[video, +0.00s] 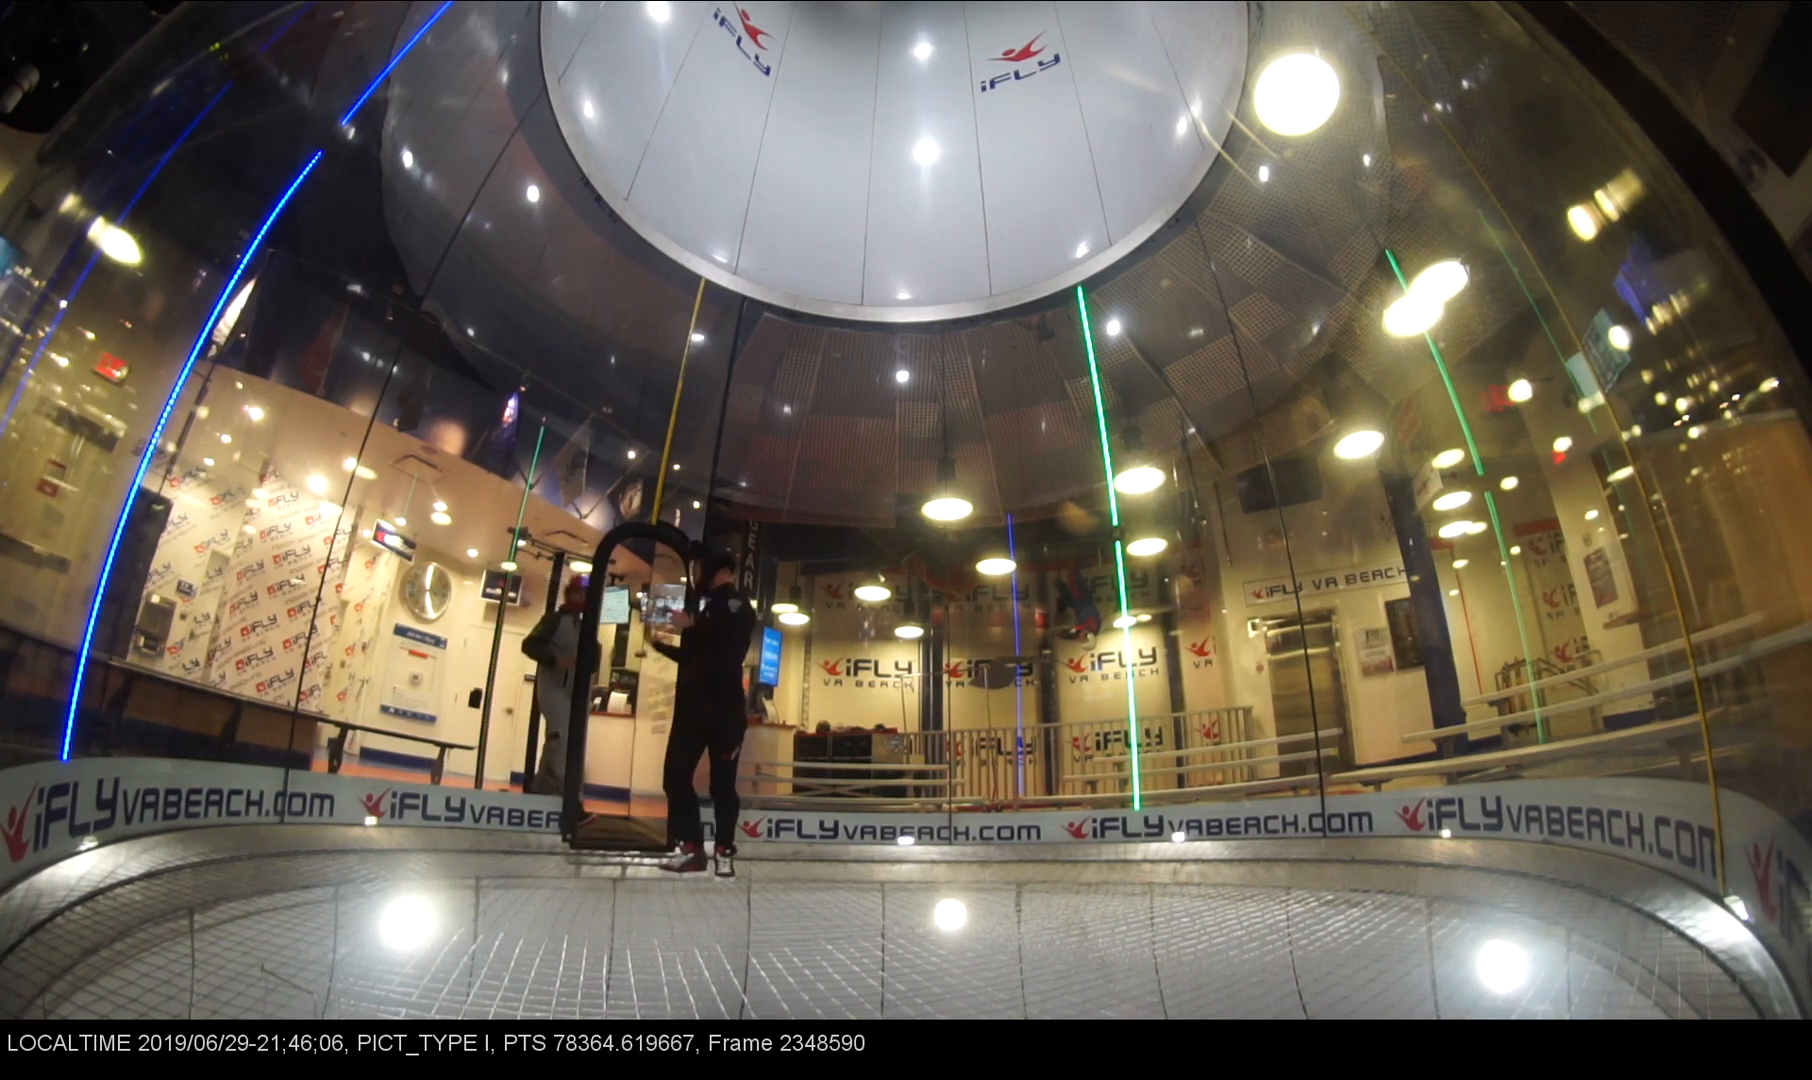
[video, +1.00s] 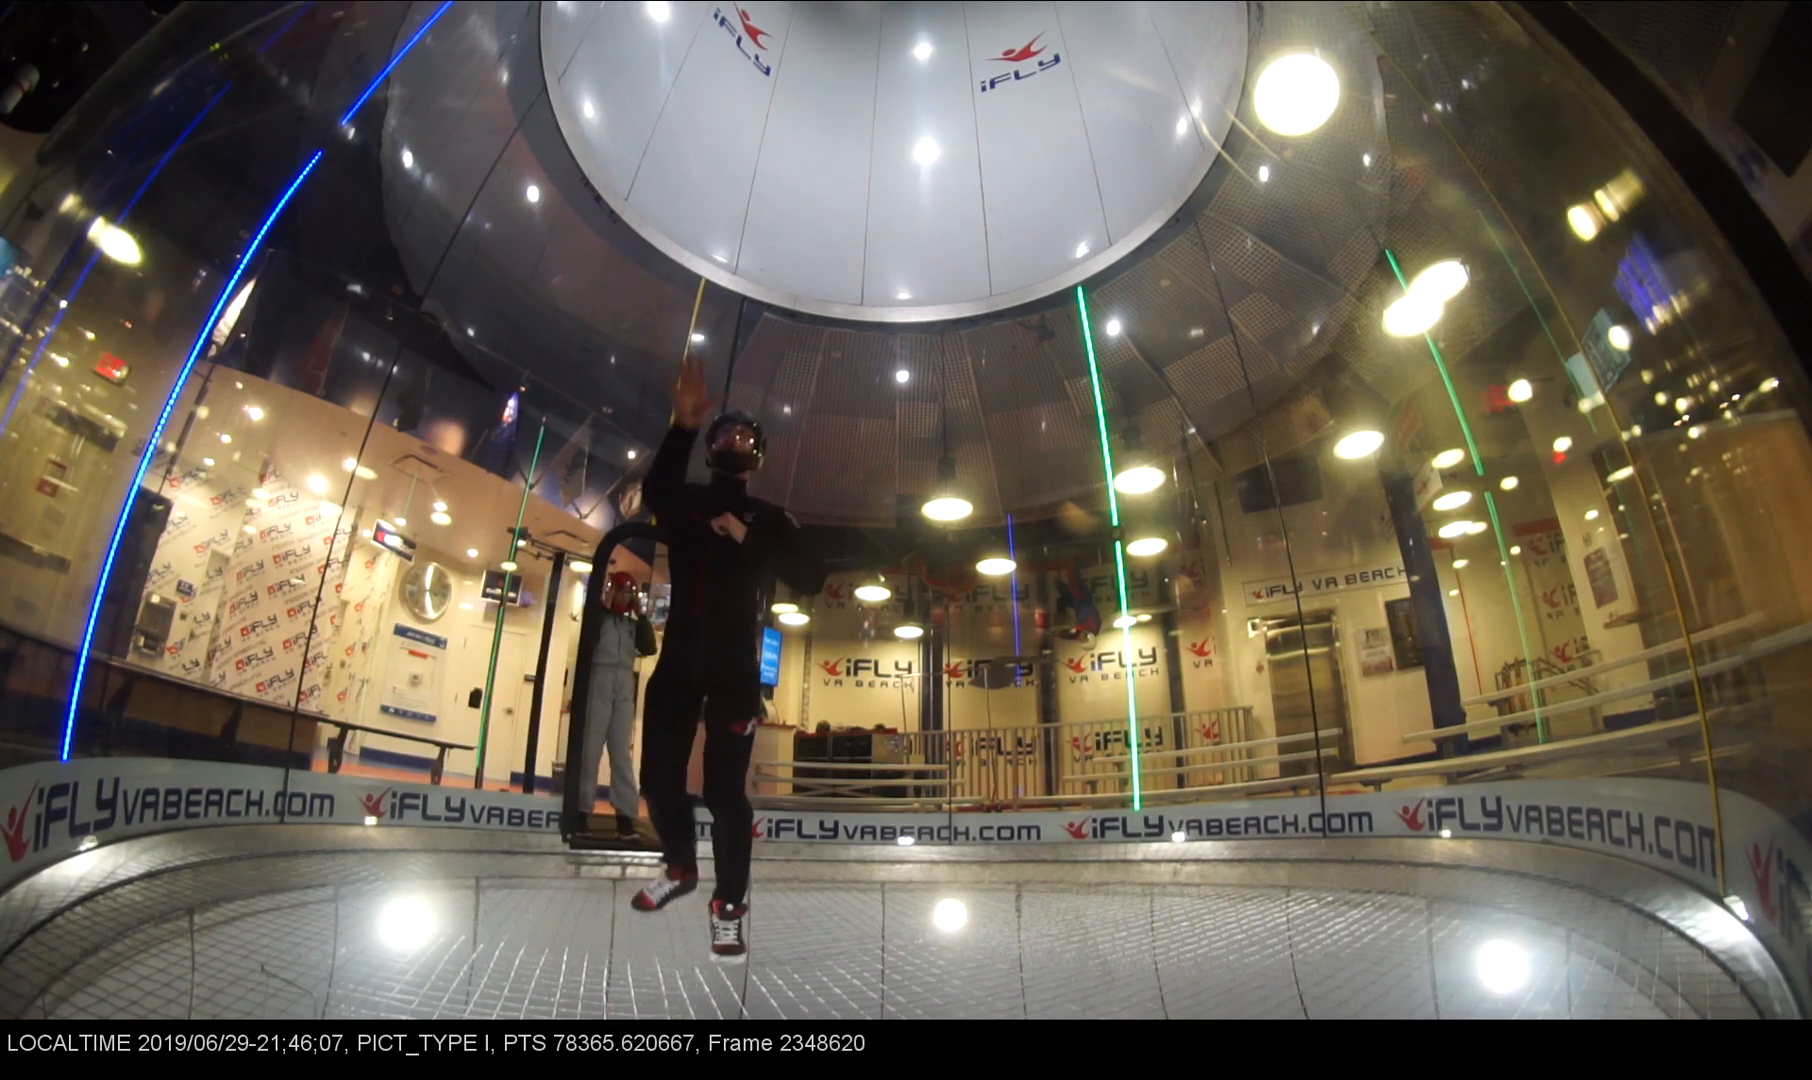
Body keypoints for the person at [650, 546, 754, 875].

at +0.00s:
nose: (695, 575)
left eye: (700, 569)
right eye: (696, 569)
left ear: (718, 572)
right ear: (727, 573)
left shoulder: (725, 605)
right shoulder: (705, 608)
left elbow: (727, 649)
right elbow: (693, 658)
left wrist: (692, 625)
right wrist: (659, 645)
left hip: (713, 709)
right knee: (676, 778)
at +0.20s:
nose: (698, 555)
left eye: (706, 548)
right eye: (696, 548)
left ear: (722, 553)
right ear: (696, 553)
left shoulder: (732, 597)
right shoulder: (698, 591)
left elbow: (707, 640)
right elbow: (694, 637)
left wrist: (670, 628)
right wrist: (668, 625)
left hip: (722, 703)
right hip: (690, 700)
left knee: (718, 782)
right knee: (662, 769)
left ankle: (724, 847)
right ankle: (677, 854)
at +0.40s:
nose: (695, 540)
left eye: (703, 533)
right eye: (692, 534)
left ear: (720, 539)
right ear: (691, 541)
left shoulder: (728, 586)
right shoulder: (698, 581)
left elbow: (718, 638)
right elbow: (695, 638)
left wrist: (678, 651)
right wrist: (672, 653)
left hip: (715, 695)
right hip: (683, 690)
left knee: (695, 791)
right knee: (660, 782)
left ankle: (724, 825)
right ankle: (676, 868)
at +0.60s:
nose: (701, 521)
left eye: (709, 514)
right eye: (696, 514)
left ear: (723, 522)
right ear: (687, 522)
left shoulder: (734, 572)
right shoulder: (675, 576)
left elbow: (763, 603)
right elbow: (654, 643)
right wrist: (662, 629)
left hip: (716, 686)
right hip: (676, 686)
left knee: (704, 781)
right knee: (664, 783)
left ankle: (733, 869)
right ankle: (676, 872)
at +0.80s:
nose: (718, 478)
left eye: (727, 472)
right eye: (710, 470)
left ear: (739, 485)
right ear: (695, 481)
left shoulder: (751, 534)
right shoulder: (674, 534)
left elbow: (804, 582)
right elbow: (644, 602)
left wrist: (744, 583)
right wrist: (672, 569)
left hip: (727, 664)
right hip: (679, 662)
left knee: (718, 768)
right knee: (664, 762)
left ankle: (727, 876)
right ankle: (677, 844)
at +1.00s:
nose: (737, 442)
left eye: (747, 437)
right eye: (727, 434)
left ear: (758, 455)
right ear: (708, 448)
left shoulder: (771, 518)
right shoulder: (683, 501)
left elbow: (810, 576)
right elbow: (656, 490)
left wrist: (750, 536)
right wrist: (681, 428)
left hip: (736, 661)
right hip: (678, 656)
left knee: (725, 788)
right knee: (659, 773)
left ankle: (731, 905)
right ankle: (681, 869)